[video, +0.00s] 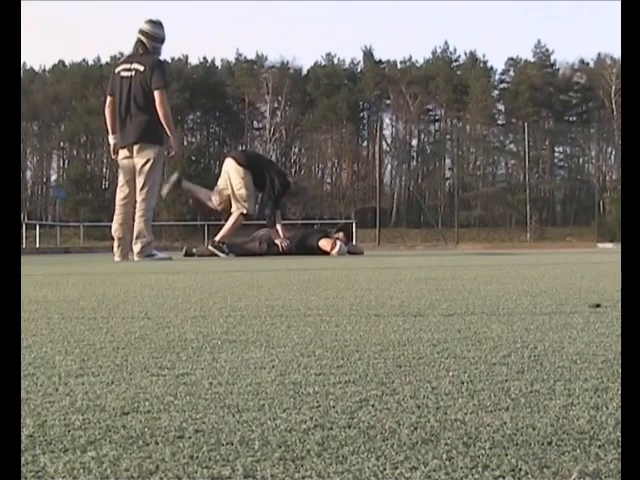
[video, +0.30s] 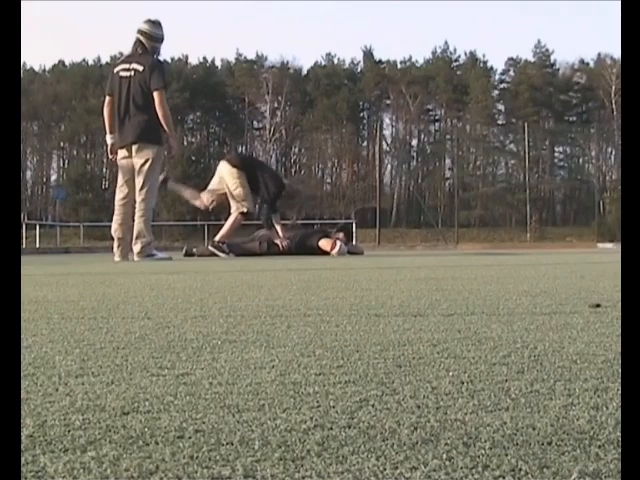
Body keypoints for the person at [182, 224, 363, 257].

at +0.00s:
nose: (339, 242)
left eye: (342, 240)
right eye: (340, 238)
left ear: (338, 239)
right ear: (335, 235)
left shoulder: (326, 239)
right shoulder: (321, 238)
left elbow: (357, 251)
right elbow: (333, 249)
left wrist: (345, 247)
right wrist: (343, 247)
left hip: (273, 240)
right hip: (270, 242)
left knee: (234, 246)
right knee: (233, 249)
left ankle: (199, 251)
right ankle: (197, 252)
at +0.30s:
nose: (340, 242)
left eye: (342, 241)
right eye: (341, 239)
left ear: (338, 238)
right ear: (336, 235)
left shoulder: (325, 238)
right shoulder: (321, 238)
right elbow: (333, 248)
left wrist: (347, 248)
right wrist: (344, 249)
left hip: (272, 240)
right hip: (270, 242)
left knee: (233, 246)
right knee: (233, 249)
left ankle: (199, 251)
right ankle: (197, 252)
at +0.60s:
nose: (337, 240)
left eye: (340, 239)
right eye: (339, 237)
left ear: (338, 239)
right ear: (336, 235)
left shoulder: (324, 241)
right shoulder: (322, 238)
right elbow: (332, 248)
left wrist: (344, 246)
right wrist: (340, 248)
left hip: (269, 242)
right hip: (269, 242)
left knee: (230, 248)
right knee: (231, 248)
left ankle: (198, 251)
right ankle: (198, 251)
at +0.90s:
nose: (337, 245)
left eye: (339, 242)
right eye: (339, 242)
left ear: (335, 236)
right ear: (335, 238)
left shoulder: (321, 237)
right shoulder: (320, 237)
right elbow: (330, 248)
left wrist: (346, 246)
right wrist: (343, 248)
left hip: (271, 238)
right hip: (272, 239)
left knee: (229, 247)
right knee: (230, 249)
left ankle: (193, 252)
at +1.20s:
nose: (336, 244)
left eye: (340, 242)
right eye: (337, 240)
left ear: (341, 240)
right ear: (333, 236)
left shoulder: (327, 239)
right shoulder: (319, 238)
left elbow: (356, 250)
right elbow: (329, 247)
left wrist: (345, 247)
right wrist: (339, 248)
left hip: (274, 245)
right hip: (272, 244)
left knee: (229, 249)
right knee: (221, 250)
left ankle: (193, 252)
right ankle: (234, 214)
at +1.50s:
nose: (338, 243)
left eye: (340, 241)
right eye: (339, 241)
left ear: (338, 238)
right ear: (335, 237)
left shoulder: (326, 239)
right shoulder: (321, 237)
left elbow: (354, 249)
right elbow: (329, 248)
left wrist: (344, 246)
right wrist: (337, 247)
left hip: (272, 245)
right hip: (270, 243)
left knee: (228, 251)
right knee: (220, 248)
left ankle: (193, 251)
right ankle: (245, 218)